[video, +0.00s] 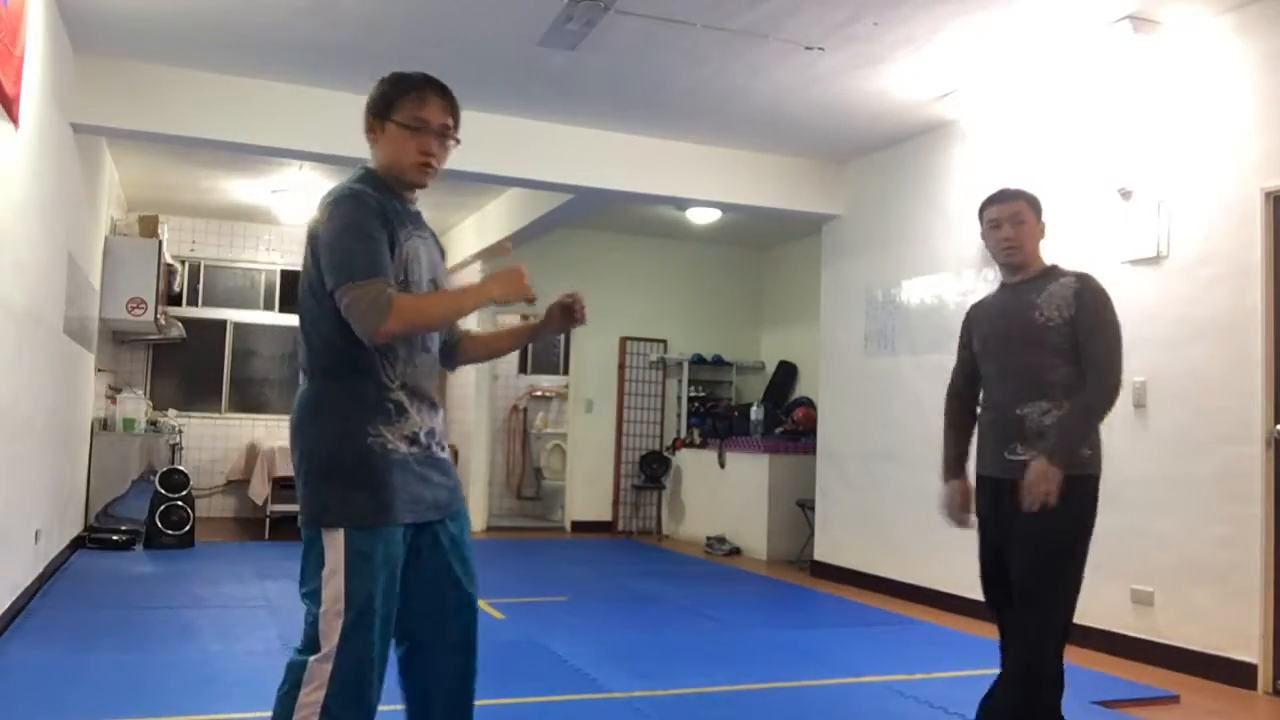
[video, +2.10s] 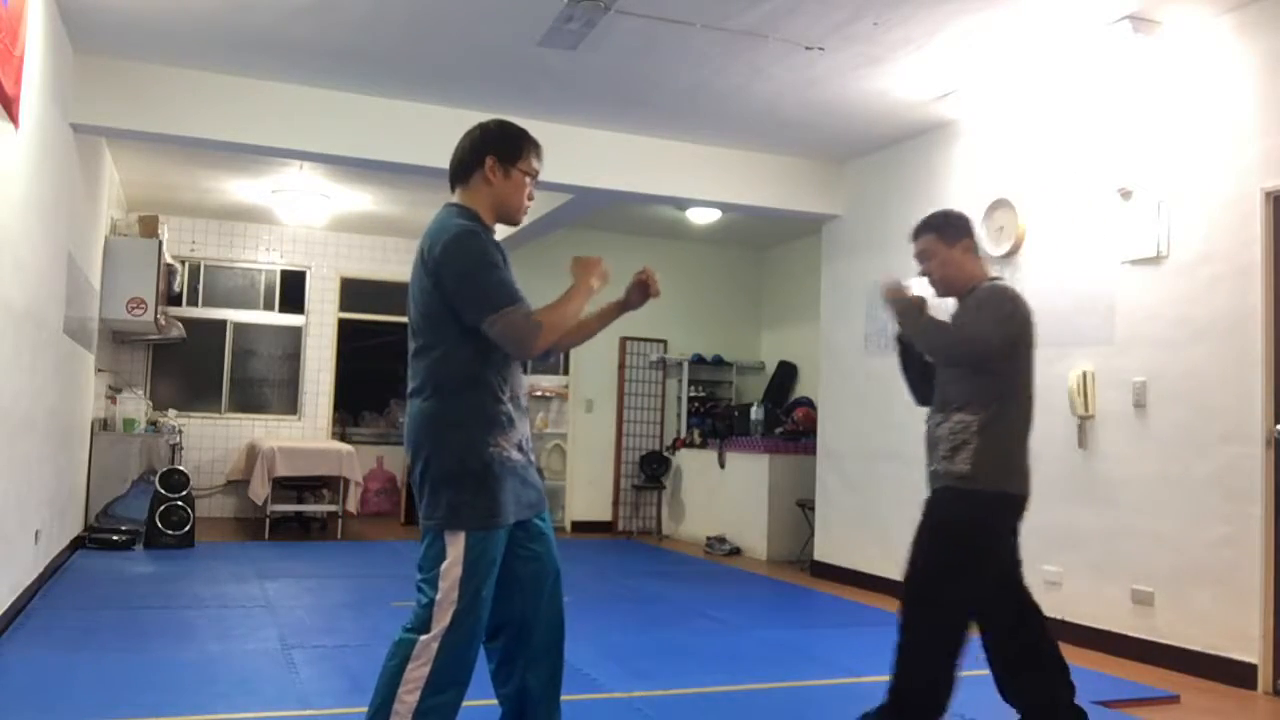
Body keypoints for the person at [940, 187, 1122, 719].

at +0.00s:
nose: (1006, 234)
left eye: (1017, 222)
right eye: (995, 226)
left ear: (1040, 228)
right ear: (984, 240)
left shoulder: (1079, 293)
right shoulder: (979, 315)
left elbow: (1103, 382)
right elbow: (961, 394)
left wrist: (1056, 456)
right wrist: (955, 471)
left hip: (1063, 481)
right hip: (996, 482)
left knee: (1039, 620)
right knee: (1010, 613)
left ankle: (1008, 713)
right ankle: (1038, 711)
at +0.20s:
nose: (1017, 230)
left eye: (1028, 219)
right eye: (1005, 222)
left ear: (1050, 227)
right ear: (993, 235)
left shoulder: (1090, 292)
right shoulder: (986, 310)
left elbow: (1121, 382)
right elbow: (975, 393)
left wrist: (1103, 463)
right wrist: (975, 472)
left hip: (1072, 482)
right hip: (1007, 483)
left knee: (1071, 611)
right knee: (1018, 608)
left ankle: (1079, 709)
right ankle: (1029, 706)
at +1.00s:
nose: (1025, 236)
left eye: (1034, 224)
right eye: (1023, 225)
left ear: (1077, 222)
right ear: (1056, 227)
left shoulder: (1122, 283)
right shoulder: (1048, 290)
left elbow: (1136, 363)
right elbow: (1041, 362)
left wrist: (1048, 399)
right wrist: (1016, 393)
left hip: (1106, 485)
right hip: (1048, 481)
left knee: (1106, 623)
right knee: (1043, 611)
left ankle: (1113, 713)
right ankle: (1053, 711)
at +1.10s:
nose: (1025, 242)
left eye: (1033, 228)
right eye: (1022, 231)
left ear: (1074, 224)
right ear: (1065, 228)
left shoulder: (1121, 286)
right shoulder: (1048, 295)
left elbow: (1106, 360)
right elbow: (1050, 367)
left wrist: (1019, 348)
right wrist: (1007, 356)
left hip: (1102, 484)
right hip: (1045, 481)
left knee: (1102, 617)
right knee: (1042, 604)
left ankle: (1110, 712)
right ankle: (1054, 709)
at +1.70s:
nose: (994, 258)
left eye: (1000, 244)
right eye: (989, 249)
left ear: (1035, 235)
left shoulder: (1072, 292)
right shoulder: (1021, 309)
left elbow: (1035, 358)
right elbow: (982, 382)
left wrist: (985, 317)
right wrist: (970, 323)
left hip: (1052, 476)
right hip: (1012, 476)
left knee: (1036, 603)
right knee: (1005, 602)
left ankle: (1053, 711)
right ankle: (1013, 710)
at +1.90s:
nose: (969, 264)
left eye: (974, 250)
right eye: (965, 255)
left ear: (1009, 242)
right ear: (993, 251)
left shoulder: (1049, 298)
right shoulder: (999, 317)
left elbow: (1039, 376)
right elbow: (982, 393)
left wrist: (968, 352)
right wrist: (955, 356)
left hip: (1026, 474)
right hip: (996, 474)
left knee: (962, 573)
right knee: (1025, 590)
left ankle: (983, 708)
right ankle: (1058, 707)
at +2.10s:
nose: (925, 275)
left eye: (929, 261)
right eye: (921, 266)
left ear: (964, 248)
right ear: (956, 255)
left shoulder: (997, 302)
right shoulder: (974, 313)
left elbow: (956, 348)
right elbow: (927, 391)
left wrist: (909, 310)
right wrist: (908, 328)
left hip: (976, 486)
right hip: (967, 485)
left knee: (928, 606)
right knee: (1004, 608)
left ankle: (910, 709)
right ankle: (1055, 709)